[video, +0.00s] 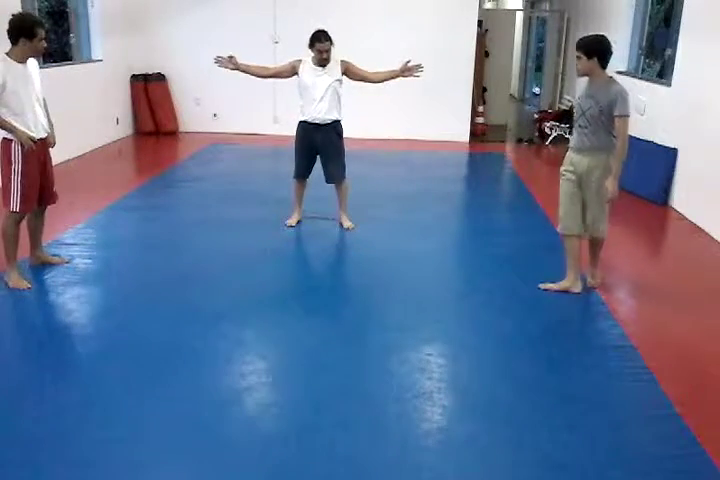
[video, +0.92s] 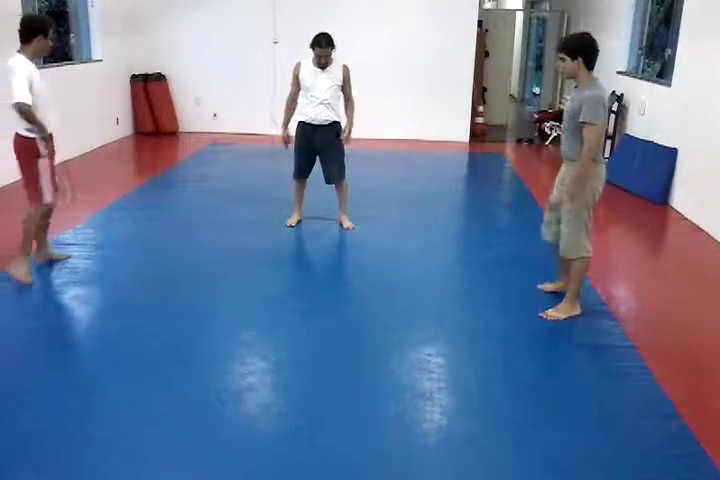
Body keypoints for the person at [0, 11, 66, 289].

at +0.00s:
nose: (45, 45)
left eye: (45, 39)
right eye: (41, 40)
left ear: (27, 41)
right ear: (24, 40)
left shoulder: (32, 63)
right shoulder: (4, 67)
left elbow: (39, 99)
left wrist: (49, 128)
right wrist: (16, 131)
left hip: (39, 140)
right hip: (14, 144)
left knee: (39, 202)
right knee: (16, 209)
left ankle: (37, 252)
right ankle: (11, 268)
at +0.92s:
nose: (51, 44)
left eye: (51, 39)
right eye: (49, 38)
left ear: (29, 38)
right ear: (39, 38)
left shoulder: (28, 65)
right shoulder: (18, 66)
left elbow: (29, 104)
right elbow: (21, 105)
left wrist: (46, 131)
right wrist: (45, 132)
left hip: (39, 139)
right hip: (29, 140)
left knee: (49, 198)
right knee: (41, 202)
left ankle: (43, 250)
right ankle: (22, 258)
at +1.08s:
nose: (53, 45)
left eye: (54, 40)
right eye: (53, 40)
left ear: (30, 37)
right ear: (45, 39)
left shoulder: (17, 60)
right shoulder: (32, 65)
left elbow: (6, 93)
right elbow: (39, 101)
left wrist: (23, 112)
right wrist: (54, 127)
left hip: (25, 135)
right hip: (39, 137)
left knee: (39, 194)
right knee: (69, 193)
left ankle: (40, 247)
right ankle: (47, 246)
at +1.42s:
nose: (65, 46)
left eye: (66, 42)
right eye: (65, 41)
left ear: (41, 38)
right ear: (60, 40)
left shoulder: (23, 62)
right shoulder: (57, 66)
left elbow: (2, 92)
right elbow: (75, 98)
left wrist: (20, 119)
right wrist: (75, 124)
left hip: (31, 135)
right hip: (57, 136)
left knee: (44, 192)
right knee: (72, 187)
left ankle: (42, 249)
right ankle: (70, 234)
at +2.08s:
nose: (85, 45)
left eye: (86, 40)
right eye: (84, 40)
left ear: (65, 37)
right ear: (75, 37)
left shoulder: (47, 57)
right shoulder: (66, 58)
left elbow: (25, 85)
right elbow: (76, 90)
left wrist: (36, 115)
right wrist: (81, 116)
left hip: (47, 121)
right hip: (63, 123)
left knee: (66, 175)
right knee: (72, 178)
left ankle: (70, 219)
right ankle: (69, 232)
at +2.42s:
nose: (88, 40)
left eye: (88, 35)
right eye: (86, 35)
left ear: (72, 33)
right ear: (73, 33)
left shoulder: (64, 55)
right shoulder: (55, 54)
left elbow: (60, 89)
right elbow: (46, 85)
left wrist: (76, 115)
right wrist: (75, 112)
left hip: (66, 120)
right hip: (58, 121)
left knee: (70, 175)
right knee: (66, 176)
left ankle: (71, 219)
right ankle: (66, 229)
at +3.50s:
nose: (78, 36)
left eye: (79, 32)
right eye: (74, 32)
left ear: (73, 33)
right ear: (60, 33)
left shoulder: (72, 58)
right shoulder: (47, 61)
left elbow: (75, 94)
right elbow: (46, 101)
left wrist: (84, 122)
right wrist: (59, 135)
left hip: (77, 123)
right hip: (61, 125)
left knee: (78, 174)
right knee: (58, 180)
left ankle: (77, 217)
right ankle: (54, 231)